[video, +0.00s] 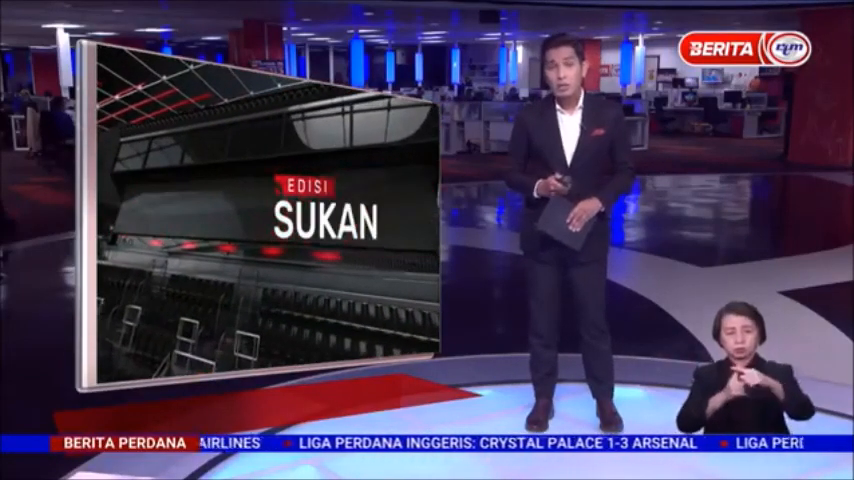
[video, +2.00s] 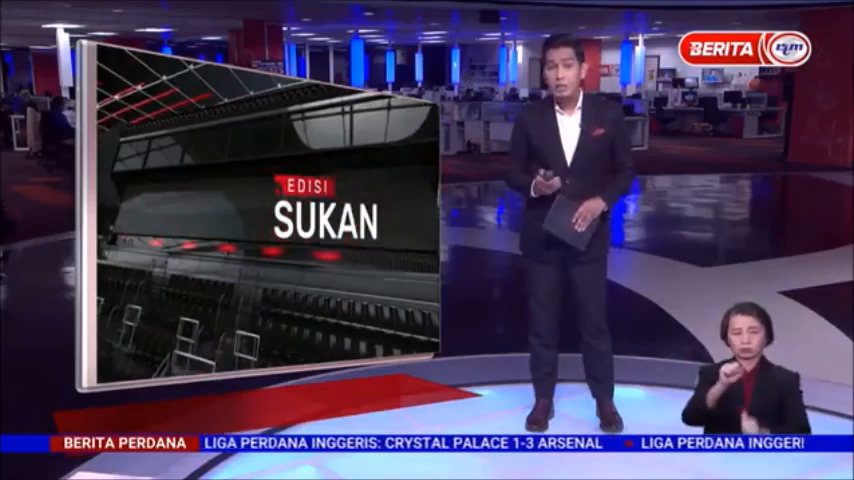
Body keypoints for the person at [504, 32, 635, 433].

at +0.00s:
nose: (560, 73)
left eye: (568, 64)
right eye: (552, 66)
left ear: (583, 68)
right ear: (544, 74)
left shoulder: (608, 112)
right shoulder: (530, 115)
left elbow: (625, 171)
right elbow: (512, 171)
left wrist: (598, 201)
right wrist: (537, 186)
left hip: (589, 230)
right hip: (542, 231)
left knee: (593, 320)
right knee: (543, 321)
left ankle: (605, 400)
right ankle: (542, 400)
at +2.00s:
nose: (558, 73)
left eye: (566, 65)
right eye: (551, 66)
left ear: (582, 70)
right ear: (544, 74)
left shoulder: (607, 112)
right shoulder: (530, 116)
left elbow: (625, 171)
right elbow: (513, 171)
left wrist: (601, 200)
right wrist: (532, 185)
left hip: (589, 232)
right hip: (542, 233)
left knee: (593, 321)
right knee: (543, 323)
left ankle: (605, 401)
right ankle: (542, 401)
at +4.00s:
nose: (571, 71)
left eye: (579, 63)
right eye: (563, 63)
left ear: (588, 71)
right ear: (549, 69)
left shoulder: (604, 113)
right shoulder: (526, 115)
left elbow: (620, 172)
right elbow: (508, 172)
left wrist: (597, 201)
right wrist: (537, 190)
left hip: (588, 230)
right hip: (541, 229)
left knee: (594, 320)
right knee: (541, 321)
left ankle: (604, 400)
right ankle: (542, 400)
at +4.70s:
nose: (569, 67)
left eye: (578, 59)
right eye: (563, 59)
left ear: (592, 67)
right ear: (553, 66)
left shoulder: (613, 112)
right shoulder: (534, 115)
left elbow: (630, 170)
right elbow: (518, 171)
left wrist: (605, 199)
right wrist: (540, 187)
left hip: (595, 230)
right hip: (546, 230)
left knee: (597, 320)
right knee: (546, 320)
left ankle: (605, 400)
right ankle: (543, 398)